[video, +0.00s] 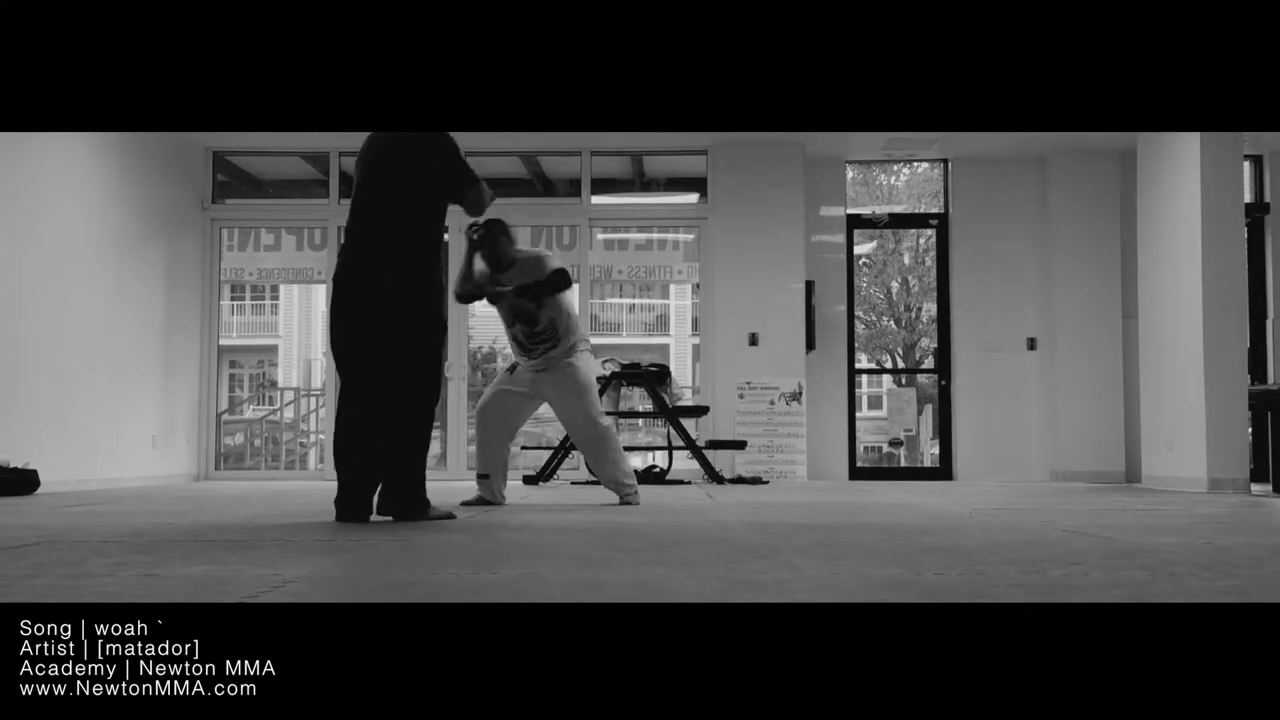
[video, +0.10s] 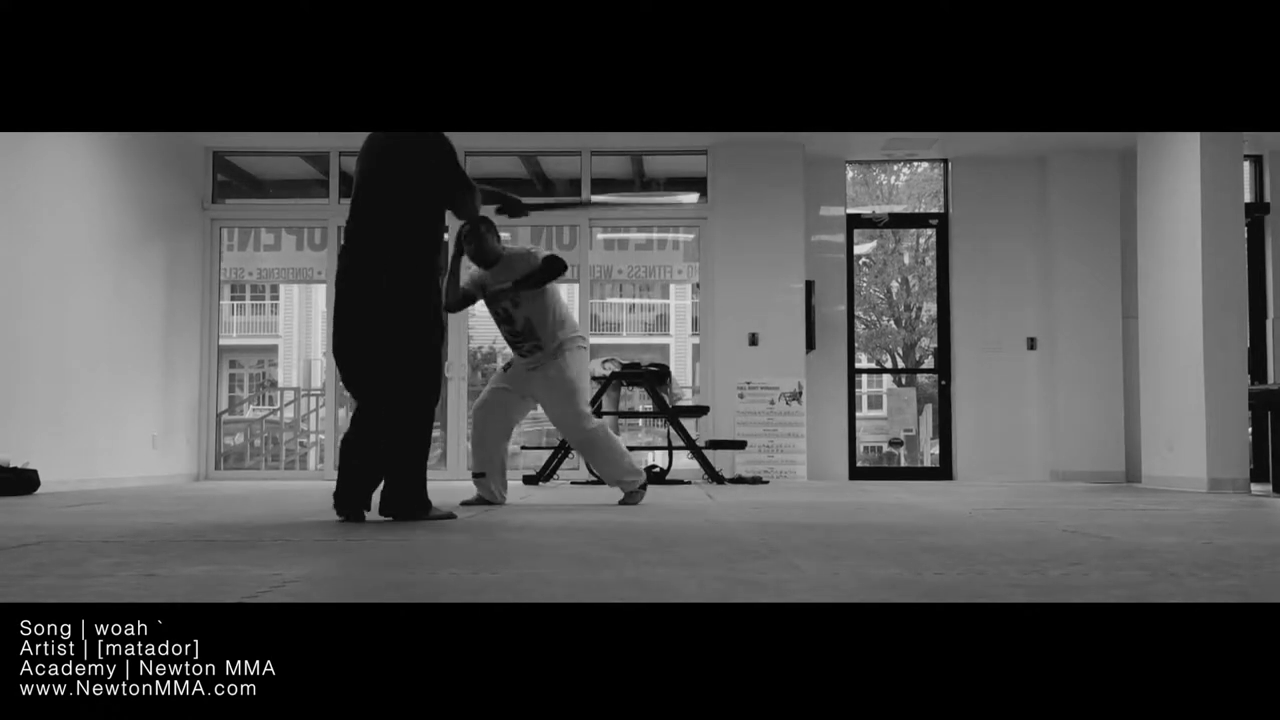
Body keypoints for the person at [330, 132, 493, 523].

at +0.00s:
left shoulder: (372, 143)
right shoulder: (436, 142)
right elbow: (477, 201)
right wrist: (478, 183)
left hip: (357, 283)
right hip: (412, 286)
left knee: (360, 391)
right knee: (414, 393)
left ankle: (352, 503)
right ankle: (406, 500)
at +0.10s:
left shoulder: (375, 144)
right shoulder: (431, 144)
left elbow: (438, 185)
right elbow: (468, 208)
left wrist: (499, 197)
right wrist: (470, 188)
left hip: (360, 287)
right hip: (409, 289)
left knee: (377, 396)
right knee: (416, 394)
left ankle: (350, 498)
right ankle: (406, 501)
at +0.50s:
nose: (432, 137)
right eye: (432, 135)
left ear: (390, 127)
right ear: (426, 132)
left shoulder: (364, 149)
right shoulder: (421, 160)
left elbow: (412, 174)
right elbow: (456, 233)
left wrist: (467, 163)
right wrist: (440, 189)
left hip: (351, 295)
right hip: (402, 300)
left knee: (342, 392)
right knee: (408, 396)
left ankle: (330, 493)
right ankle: (406, 501)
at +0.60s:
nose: (422, 140)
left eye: (421, 137)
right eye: (422, 137)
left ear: (381, 129)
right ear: (415, 135)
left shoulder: (353, 156)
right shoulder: (414, 167)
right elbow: (442, 231)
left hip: (343, 298)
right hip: (391, 303)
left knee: (341, 394)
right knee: (407, 397)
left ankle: (327, 495)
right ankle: (406, 501)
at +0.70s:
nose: (415, 143)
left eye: (415, 139)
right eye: (416, 139)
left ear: (376, 130)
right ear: (409, 136)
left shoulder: (344, 158)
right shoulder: (403, 170)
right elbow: (431, 236)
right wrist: (459, 291)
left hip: (332, 297)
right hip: (379, 301)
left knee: (333, 395)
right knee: (387, 397)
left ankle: (326, 497)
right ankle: (396, 500)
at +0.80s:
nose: (412, 143)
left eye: (411, 139)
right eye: (411, 138)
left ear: (370, 129)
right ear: (404, 136)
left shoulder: (336, 160)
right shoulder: (399, 167)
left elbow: (334, 219)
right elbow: (418, 222)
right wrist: (434, 262)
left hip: (325, 294)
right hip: (370, 299)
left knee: (326, 391)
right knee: (374, 391)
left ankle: (323, 496)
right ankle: (346, 493)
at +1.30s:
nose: (394, 141)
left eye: (395, 136)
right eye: (393, 135)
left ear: (363, 132)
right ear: (379, 133)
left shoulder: (366, 166)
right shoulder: (350, 165)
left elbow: (408, 207)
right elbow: (357, 234)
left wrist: (456, 240)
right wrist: (388, 227)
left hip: (337, 301)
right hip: (324, 301)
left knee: (342, 392)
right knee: (343, 392)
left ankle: (333, 498)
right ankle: (332, 500)